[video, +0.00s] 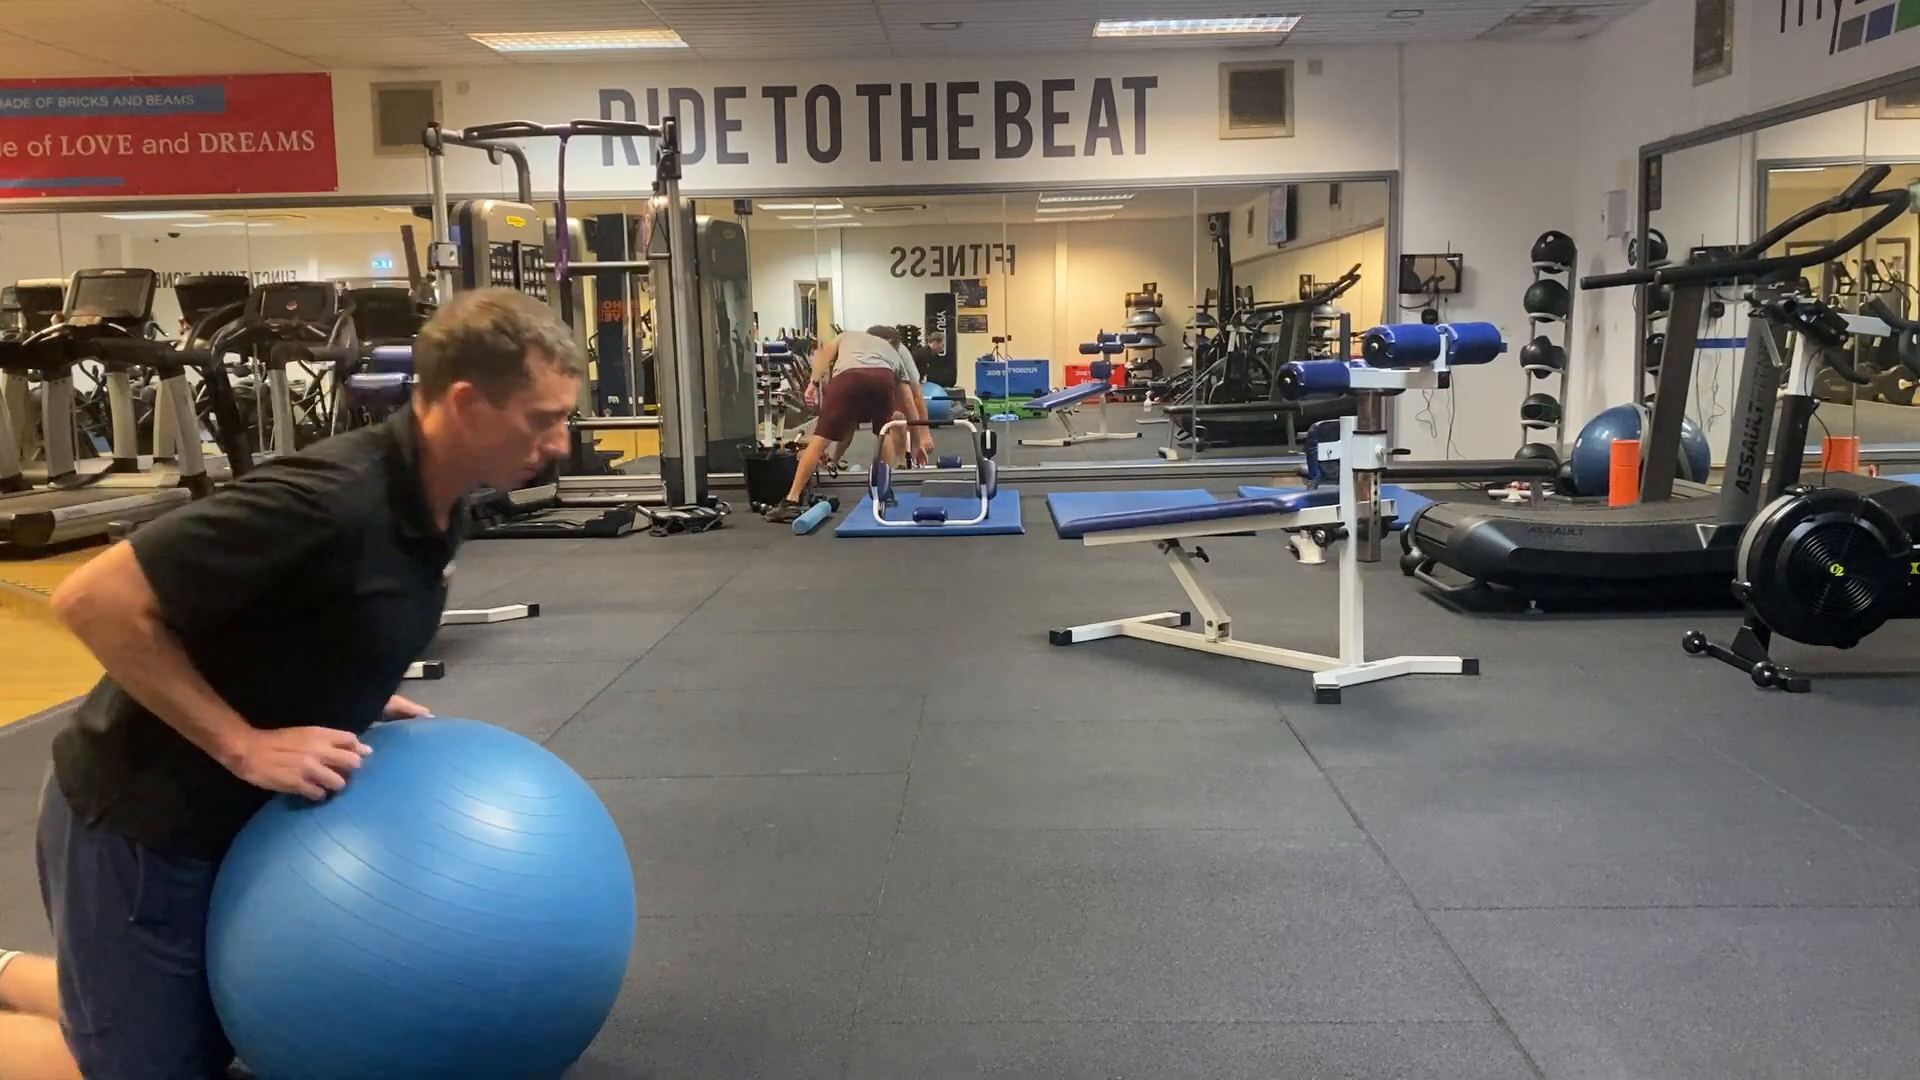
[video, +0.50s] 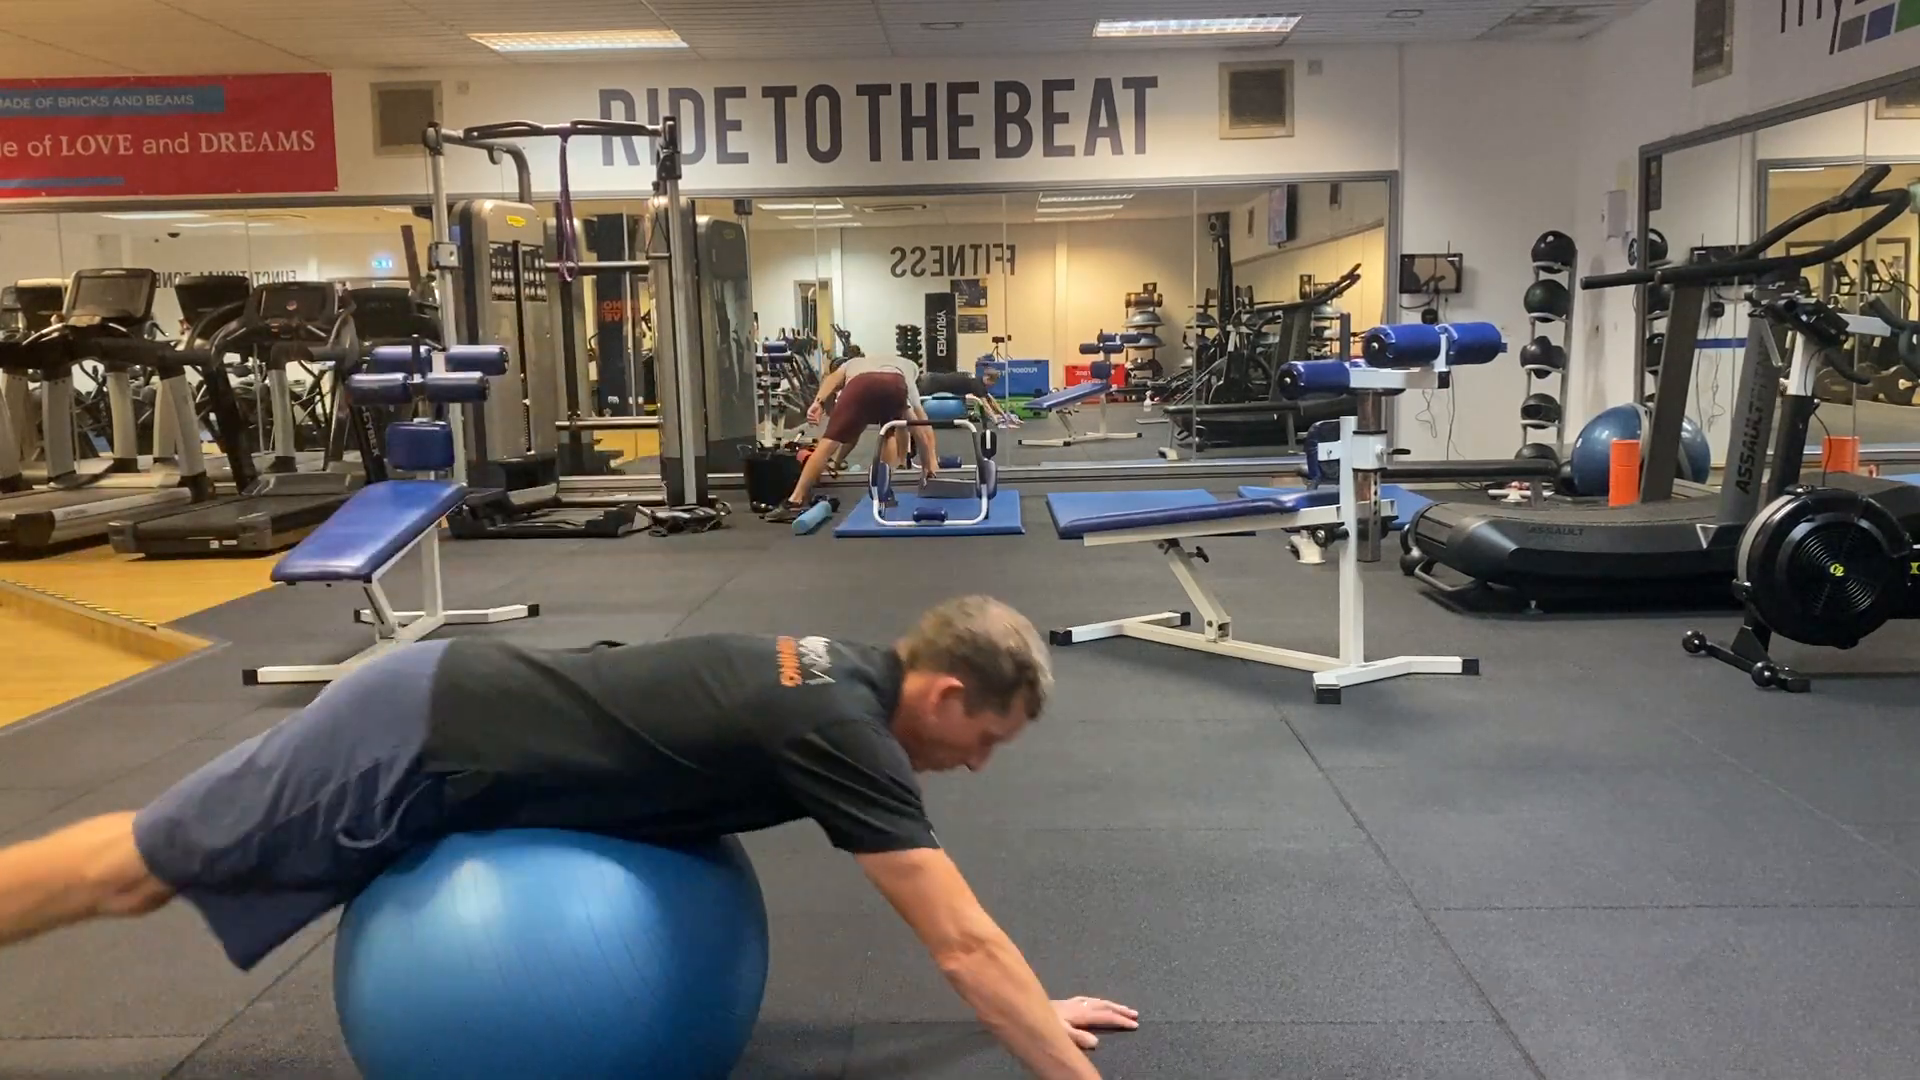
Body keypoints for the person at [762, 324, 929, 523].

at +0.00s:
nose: (896, 351)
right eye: (895, 348)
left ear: (868, 332)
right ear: (890, 342)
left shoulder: (846, 336)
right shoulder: (892, 351)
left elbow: (823, 354)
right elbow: (910, 407)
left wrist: (813, 382)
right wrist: (916, 444)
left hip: (846, 378)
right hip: (882, 378)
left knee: (818, 441)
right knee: (884, 433)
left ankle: (792, 499)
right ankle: (885, 490)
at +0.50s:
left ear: (849, 364)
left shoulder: (851, 362)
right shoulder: (905, 369)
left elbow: (832, 378)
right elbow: (922, 421)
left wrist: (818, 400)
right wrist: (931, 463)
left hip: (859, 384)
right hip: (894, 382)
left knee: (826, 445)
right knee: (892, 433)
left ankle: (795, 500)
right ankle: (884, 490)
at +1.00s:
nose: (826, 330)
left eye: (827, 327)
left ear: (830, 325)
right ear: (856, 324)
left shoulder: (824, 336)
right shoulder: (874, 334)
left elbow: (813, 370)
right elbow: (902, 377)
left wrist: (811, 407)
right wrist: (890, 406)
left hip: (843, 380)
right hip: (878, 377)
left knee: (816, 445)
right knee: (880, 437)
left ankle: (792, 504)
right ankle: (885, 493)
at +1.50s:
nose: (773, 280)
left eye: (776, 273)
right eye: (773, 274)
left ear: (794, 274)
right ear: (798, 275)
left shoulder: (800, 301)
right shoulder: (816, 296)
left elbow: (802, 343)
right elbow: (827, 343)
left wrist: (773, 358)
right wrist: (795, 366)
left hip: (826, 379)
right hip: (844, 374)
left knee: (790, 438)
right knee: (850, 437)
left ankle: (791, 505)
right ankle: (882, 487)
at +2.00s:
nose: (734, 269)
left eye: (739, 263)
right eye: (732, 264)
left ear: (757, 260)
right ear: (736, 263)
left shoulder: (781, 291)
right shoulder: (737, 294)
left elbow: (795, 336)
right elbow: (736, 333)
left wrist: (763, 357)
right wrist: (738, 361)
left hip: (789, 373)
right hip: (759, 375)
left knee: (782, 442)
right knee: (744, 431)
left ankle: (789, 505)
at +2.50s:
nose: (696, 266)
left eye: (701, 260)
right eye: (691, 262)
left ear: (715, 259)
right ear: (689, 264)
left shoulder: (738, 289)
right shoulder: (689, 299)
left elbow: (755, 333)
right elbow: (691, 337)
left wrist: (722, 360)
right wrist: (694, 359)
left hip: (741, 373)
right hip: (712, 376)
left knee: (724, 440)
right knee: (717, 443)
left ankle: (736, 506)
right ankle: (735, 505)